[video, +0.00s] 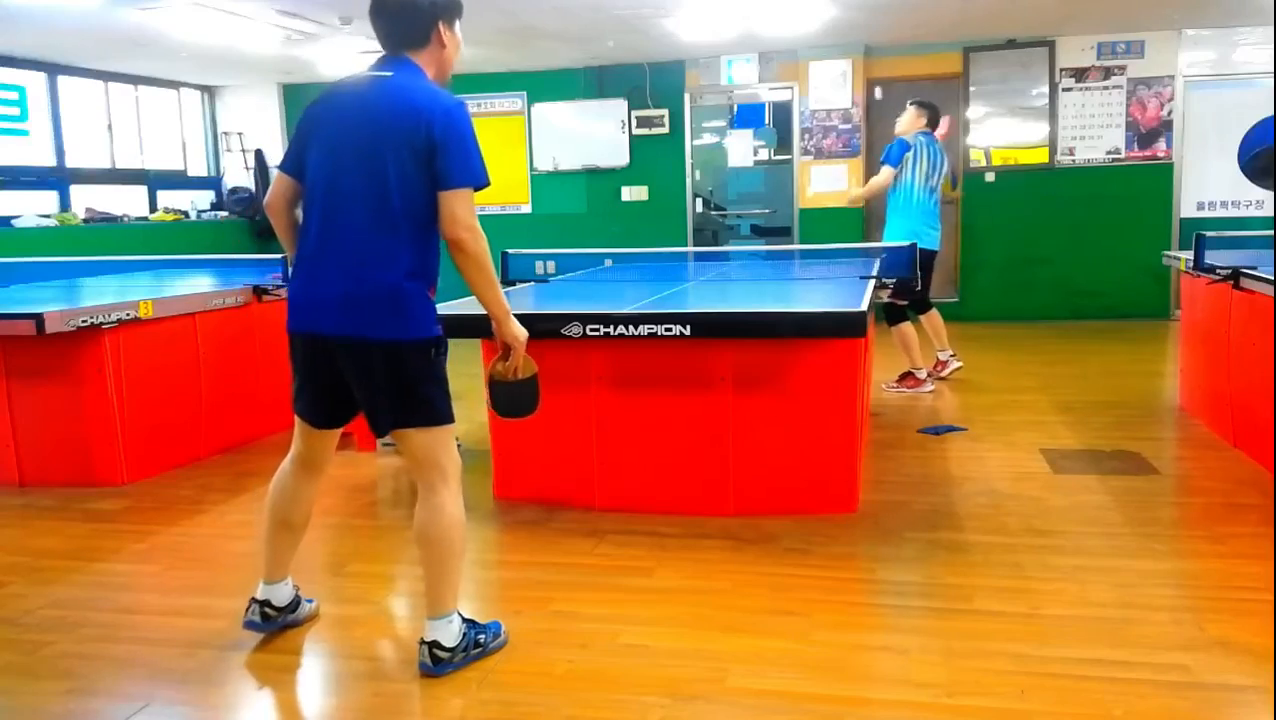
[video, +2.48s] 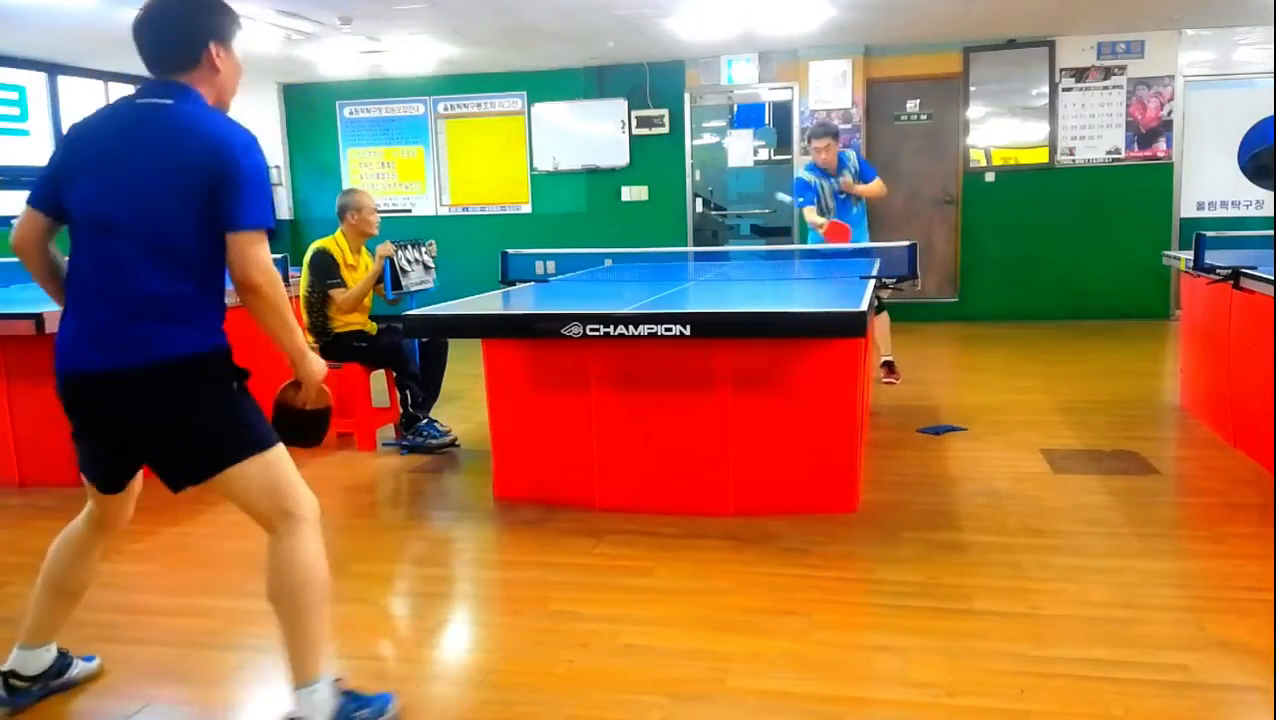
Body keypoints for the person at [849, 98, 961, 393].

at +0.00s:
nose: (897, 119)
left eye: (904, 114)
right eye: (900, 114)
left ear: (921, 120)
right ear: (927, 123)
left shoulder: (902, 144)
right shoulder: (941, 153)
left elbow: (883, 180)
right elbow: (944, 191)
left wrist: (860, 194)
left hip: (904, 238)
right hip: (928, 239)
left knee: (894, 307)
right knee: (919, 300)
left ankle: (918, 375)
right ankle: (946, 356)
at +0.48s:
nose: (860, 171)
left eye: (862, 163)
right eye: (856, 166)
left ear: (881, 155)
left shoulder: (907, 175)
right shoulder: (883, 190)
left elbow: (941, 204)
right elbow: (875, 224)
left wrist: (916, 239)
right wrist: (852, 215)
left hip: (930, 259)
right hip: (912, 258)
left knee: (887, 313)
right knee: (900, 314)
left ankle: (917, 374)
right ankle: (944, 355)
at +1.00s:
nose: (841, 144)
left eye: (846, 137)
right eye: (838, 138)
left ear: (866, 135)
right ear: (839, 139)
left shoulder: (888, 163)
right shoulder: (846, 168)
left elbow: (915, 199)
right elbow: (843, 203)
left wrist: (886, 229)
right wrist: (824, 218)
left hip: (888, 254)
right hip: (856, 254)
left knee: (890, 310)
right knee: (851, 314)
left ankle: (920, 372)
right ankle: (850, 378)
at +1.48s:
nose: (835, 160)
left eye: (840, 152)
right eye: (830, 155)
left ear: (853, 148)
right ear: (826, 155)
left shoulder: (879, 161)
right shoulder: (828, 177)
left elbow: (917, 173)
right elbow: (821, 200)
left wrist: (914, 183)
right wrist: (818, 206)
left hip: (891, 249)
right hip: (855, 254)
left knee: (900, 309)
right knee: (851, 317)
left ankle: (920, 372)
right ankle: (849, 381)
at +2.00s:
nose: (803, 155)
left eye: (808, 147)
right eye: (798, 149)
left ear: (823, 145)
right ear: (794, 150)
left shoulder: (843, 164)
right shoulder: (792, 178)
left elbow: (887, 174)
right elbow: (788, 210)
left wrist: (887, 185)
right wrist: (785, 223)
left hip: (851, 251)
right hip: (814, 253)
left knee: (867, 306)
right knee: (815, 310)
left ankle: (886, 359)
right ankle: (819, 366)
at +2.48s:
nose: (822, 156)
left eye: (827, 149)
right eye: (817, 151)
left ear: (837, 146)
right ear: (810, 150)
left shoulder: (852, 160)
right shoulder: (806, 175)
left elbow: (880, 189)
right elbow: (808, 212)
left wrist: (856, 189)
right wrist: (821, 223)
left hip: (859, 249)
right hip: (823, 253)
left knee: (874, 301)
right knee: (823, 305)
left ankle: (886, 359)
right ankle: (827, 364)